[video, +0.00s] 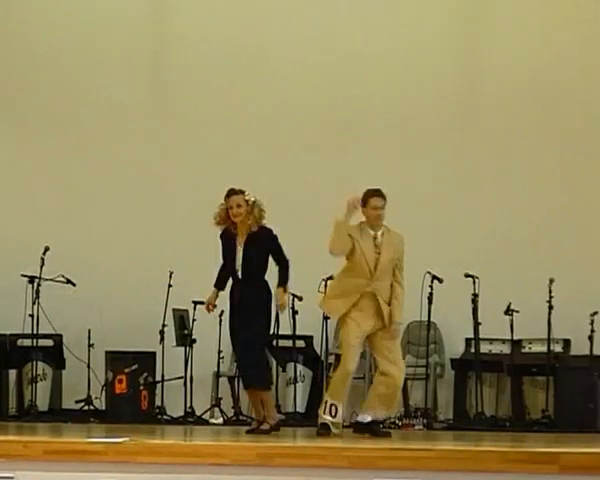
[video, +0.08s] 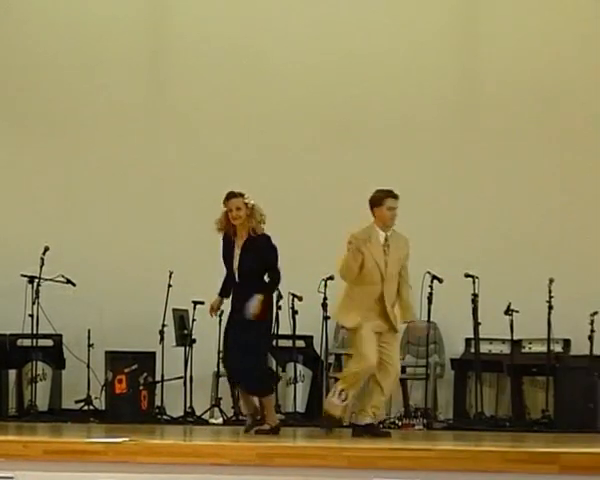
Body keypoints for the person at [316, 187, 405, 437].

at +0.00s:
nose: (378, 213)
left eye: (382, 208)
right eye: (373, 208)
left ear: (386, 210)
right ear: (363, 210)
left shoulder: (395, 239)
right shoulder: (353, 232)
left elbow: (397, 279)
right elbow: (336, 249)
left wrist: (396, 316)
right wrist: (346, 216)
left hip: (384, 309)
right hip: (355, 307)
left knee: (393, 371)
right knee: (348, 364)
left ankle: (367, 419)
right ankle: (327, 419)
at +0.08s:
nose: (394, 214)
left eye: (396, 209)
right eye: (390, 209)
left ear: (396, 211)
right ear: (375, 210)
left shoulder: (401, 242)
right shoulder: (359, 239)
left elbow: (403, 280)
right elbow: (347, 275)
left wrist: (408, 314)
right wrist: (355, 248)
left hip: (389, 314)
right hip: (361, 312)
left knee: (390, 369)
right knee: (366, 360)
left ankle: (365, 419)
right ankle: (336, 402)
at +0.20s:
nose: (407, 216)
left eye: (407, 211)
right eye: (403, 211)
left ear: (402, 212)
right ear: (387, 212)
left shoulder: (403, 243)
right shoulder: (370, 242)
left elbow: (421, 271)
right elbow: (361, 277)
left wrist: (453, 276)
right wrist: (356, 308)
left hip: (390, 314)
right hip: (370, 313)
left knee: (379, 362)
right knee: (391, 352)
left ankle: (360, 419)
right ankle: (390, 414)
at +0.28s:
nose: (416, 216)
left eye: (416, 211)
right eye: (412, 211)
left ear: (407, 213)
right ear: (396, 212)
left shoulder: (409, 241)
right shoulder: (381, 244)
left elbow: (432, 246)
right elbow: (365, 282)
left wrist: (454, 234)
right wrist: (356, 319)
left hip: (393, 317)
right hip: (378, 317)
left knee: (383, 371)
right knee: (404, 352)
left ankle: (361, 419)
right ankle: (423, 392)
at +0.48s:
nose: (443, 219)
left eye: (443, 214)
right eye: (439, 215)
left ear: (422, 215)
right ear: (425, 216)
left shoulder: (409, 233)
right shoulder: (423, 248)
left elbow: (418, 214)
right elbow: (401, 283)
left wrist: (434, 196)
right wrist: (392, 317)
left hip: (391, 315)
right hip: (410, 316)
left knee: (398, 370)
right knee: (444, 361)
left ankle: (368, 416)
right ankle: (440, 421)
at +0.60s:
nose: (457, 222)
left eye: (456, 217)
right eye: (454, 217)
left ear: (431, 218)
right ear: (443, 219)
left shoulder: (412, 237)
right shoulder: (446, 255)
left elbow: (403, 233)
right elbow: (442, 300)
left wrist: (423, 217)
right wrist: (443, 334)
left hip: (398, 316)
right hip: (425, 322)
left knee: (400, 361)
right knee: (454, 366)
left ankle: (389, 411)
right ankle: (444, 421)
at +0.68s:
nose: (461, 220)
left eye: (460, 216)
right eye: (461, 216)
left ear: (438, 215)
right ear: (456, 218)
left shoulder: (417, 238)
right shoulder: (457, 252)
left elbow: (397, 262)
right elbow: (466, 292)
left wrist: (416, 252)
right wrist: (477, 321)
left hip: (407, 314)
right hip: (437, 319)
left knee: (403, 359)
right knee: (460, 368)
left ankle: (398, 414)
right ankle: (447, 420)